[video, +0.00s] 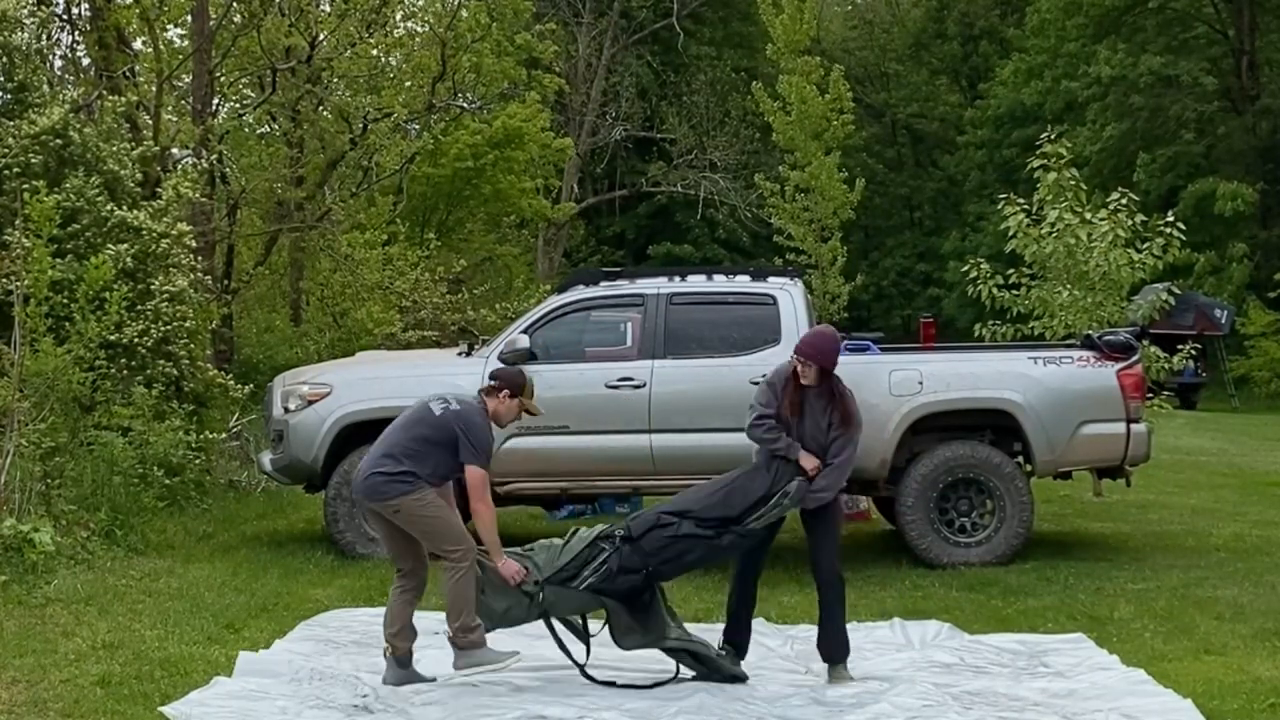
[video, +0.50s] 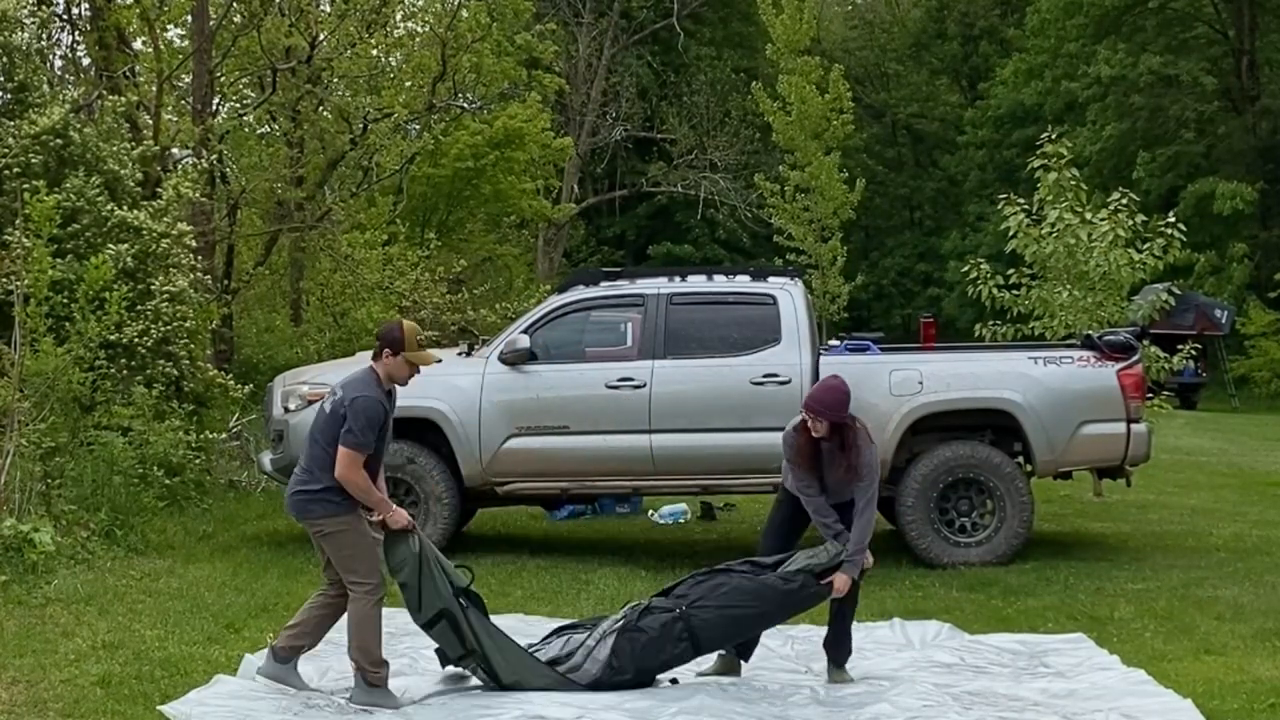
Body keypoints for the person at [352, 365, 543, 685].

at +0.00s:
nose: (518, 416)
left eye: (522, 410)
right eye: (520, 407)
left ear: (495, 394)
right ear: (503, 395)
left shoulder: (450, 407)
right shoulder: (474, 420)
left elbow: (442, 487)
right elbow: (479, 500)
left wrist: (457, 543)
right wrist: (499, 558)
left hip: (370, 484)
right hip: (399, 484)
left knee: (410, 569)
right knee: (460, 552)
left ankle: (398, 665)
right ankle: (469, 649)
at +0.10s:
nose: (501, 404)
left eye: (503, 398)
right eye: (502, 395)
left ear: (474, 383)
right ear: (485, 386)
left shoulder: (433, 398)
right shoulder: (461, 417)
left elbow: (424, 482)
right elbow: (467, 498)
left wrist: (441, 531)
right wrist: (478, 551)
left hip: (357, 484)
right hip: (385, 485)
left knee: (400, 567)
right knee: (443, 553)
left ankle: (397, 665)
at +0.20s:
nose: (488, 406)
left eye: (491, 400)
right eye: (489, 398)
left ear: (461, 385)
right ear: (474, 390)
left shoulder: (422, 400)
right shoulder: (452, 423)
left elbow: (406, 462)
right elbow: (449, 501)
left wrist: (428, 511)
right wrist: (465, 547)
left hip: (348, 493)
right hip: (368, 500)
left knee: (397, 580)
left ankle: (397, 664)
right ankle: (371, 678)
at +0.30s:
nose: (478, 409)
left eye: (481, 403)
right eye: (478, 401)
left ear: (451, 389)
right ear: (458, 391)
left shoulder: (416, 399)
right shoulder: (433, 429)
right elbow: (430, 507)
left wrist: (439, 541)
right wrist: (443, 557)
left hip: (339, 486)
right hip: (354, 497)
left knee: (392, 572)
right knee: (392, 585)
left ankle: (391, 648)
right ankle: (370, 682)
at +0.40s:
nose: (460, 401)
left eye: (463, 394)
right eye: (458, 392)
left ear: (433, 380)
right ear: (435, 380)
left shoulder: (408, 403)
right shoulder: (410, 415)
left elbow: (403, 475)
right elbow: (378, 488)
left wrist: (410, 525)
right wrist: (398, 534)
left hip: (344, 489)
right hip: (337, 494)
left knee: (375, 566)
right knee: (377, 583)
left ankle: (322, 630)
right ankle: (369, 683)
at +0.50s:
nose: (416, 370)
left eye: (418, 363)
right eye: (411, 362)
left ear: (390, 356)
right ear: (387, 356)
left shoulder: (380, 390)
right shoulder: (367, 398)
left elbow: (372, 461)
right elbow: (347, 472)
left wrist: (383, 504)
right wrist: (388, 510)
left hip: (326, 498)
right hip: (327, 501)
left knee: (341, 586)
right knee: (368, 584)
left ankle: (280, 658)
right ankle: (370, 684)